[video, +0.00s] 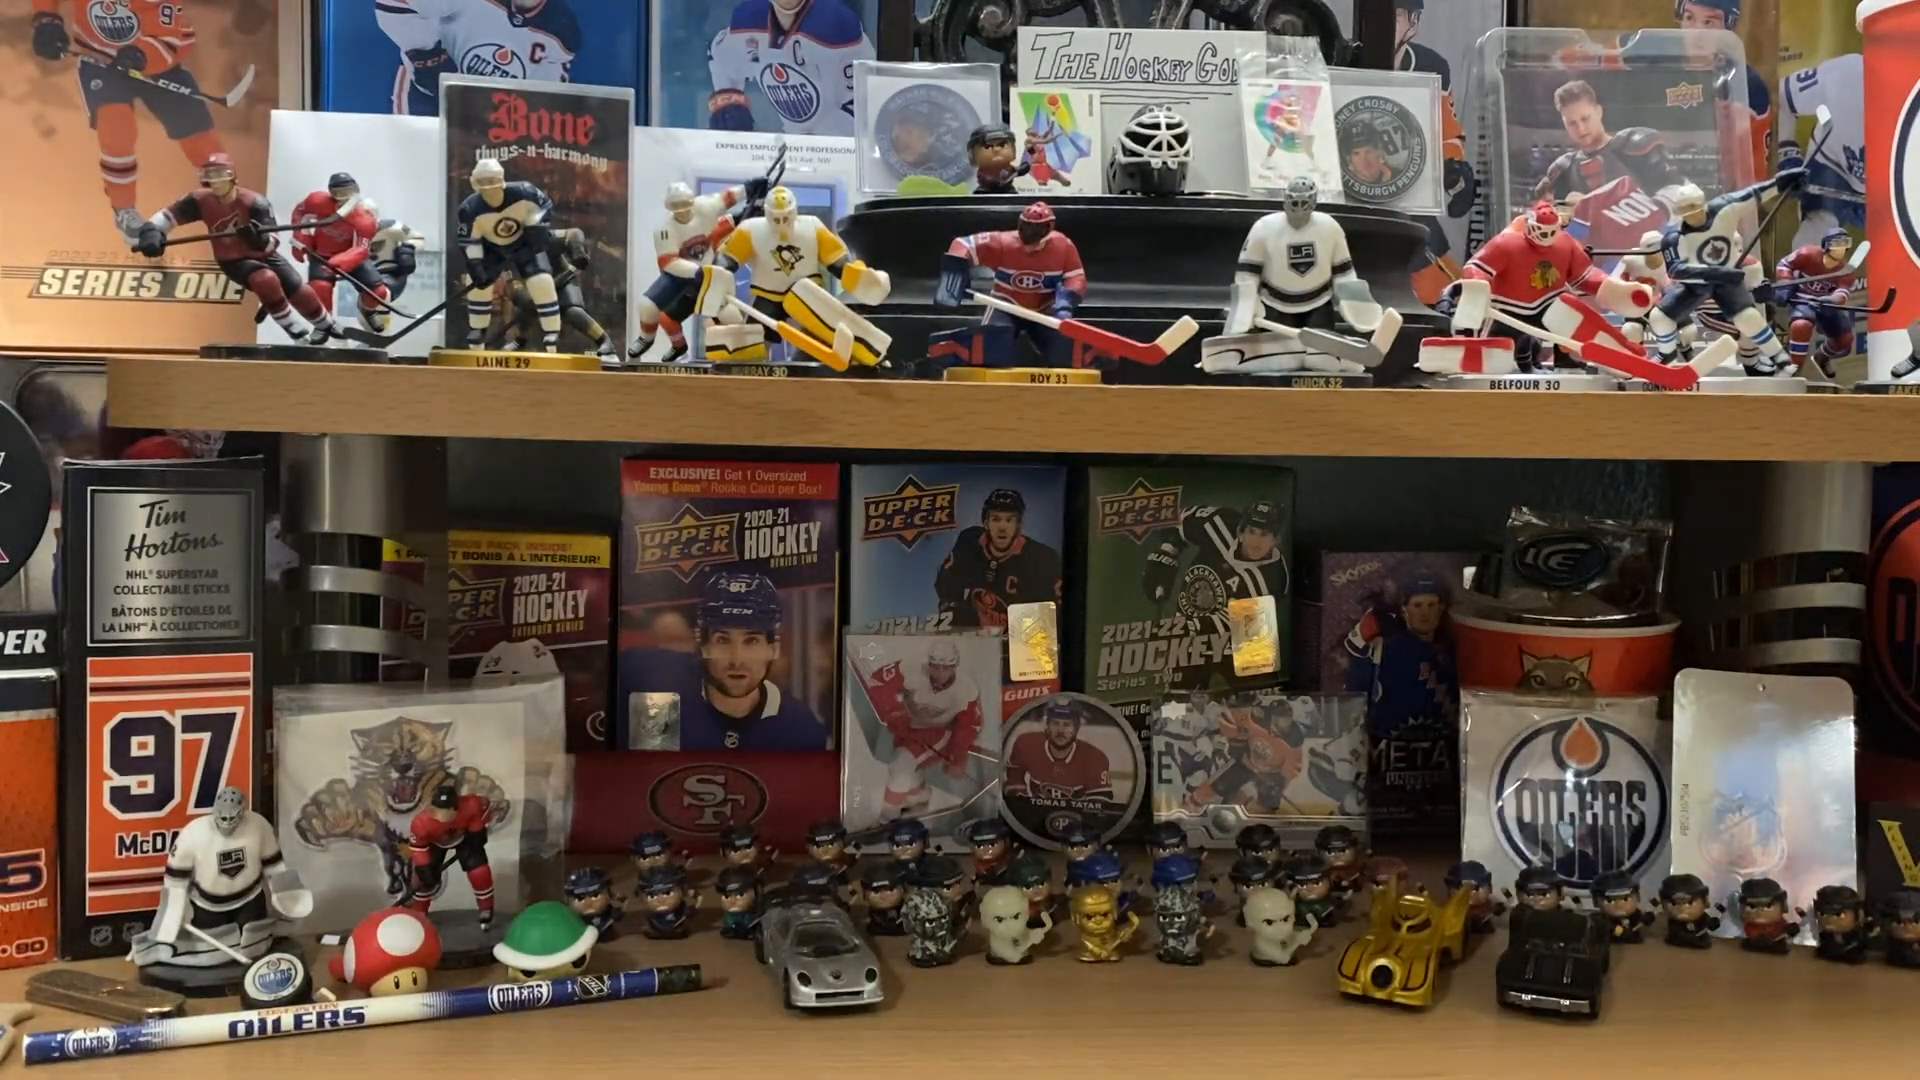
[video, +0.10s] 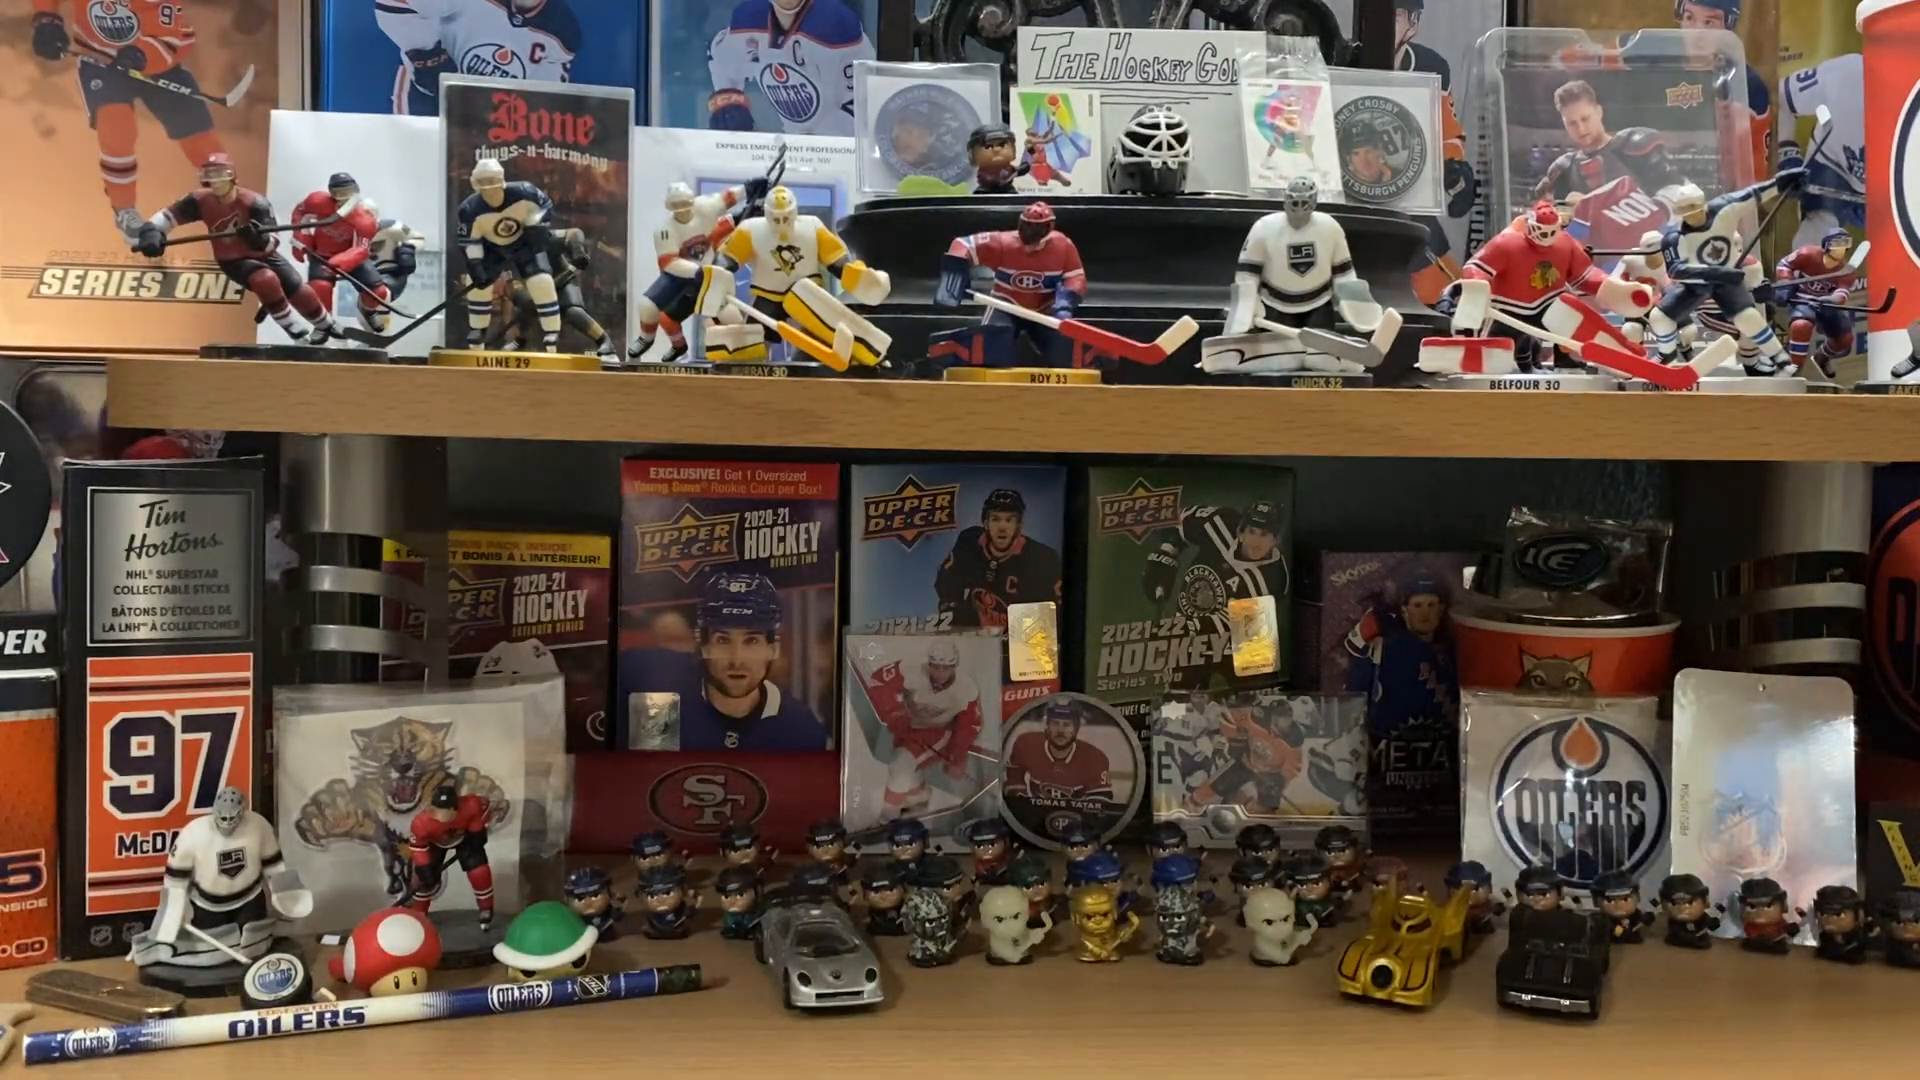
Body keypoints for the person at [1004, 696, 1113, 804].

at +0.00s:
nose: (1060, 730)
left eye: (1066, 724)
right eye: (1055, 724)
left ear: (1076, 728)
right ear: (1047, 726)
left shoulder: (1095, 758)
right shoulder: (1025, 744)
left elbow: (1099, 802)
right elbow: (1014, 785)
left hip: (1075, 821)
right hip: (1032, 815)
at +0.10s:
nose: (1060, 730)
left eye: (1066, 725)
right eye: (1055, 724)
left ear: (1076, 728)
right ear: (1047, 726)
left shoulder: (1094, 758)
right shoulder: (1025, 744)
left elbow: (1100, 800)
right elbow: (1014, 784)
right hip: (1032, 814)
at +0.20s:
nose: (1060, 730)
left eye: (1066, 725)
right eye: (1055, 724)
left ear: (1076, 728)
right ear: (1047, 726)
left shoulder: (1095, 758)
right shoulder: (1025, 744)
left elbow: (1099, 802)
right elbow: (1014, 786)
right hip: (1032, 815)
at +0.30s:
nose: (1060, 730)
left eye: (1066, 725)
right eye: (1055, 724)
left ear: (1076, 728)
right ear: (1046, 726)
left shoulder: (1095, 758)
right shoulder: (1025, 744)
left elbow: (1099, 801)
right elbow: (1014, 785)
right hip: (1032, 815)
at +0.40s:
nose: (1060, 730)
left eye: (1066, 724)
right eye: (1055, 724)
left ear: (1076, 728)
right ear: (1046, 726)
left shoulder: (1095, 758)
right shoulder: (1025, 744)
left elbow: (1099, 801)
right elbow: (1014, 783)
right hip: (1033, 814)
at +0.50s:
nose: (1060, 730)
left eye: (1066, 725)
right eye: (1055, 724)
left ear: (1076, 728)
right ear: (1046, 726)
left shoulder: (1095, 758)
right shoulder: (1025, 744)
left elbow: (1099, 801)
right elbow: (1014, 783)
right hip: (1033, 814)